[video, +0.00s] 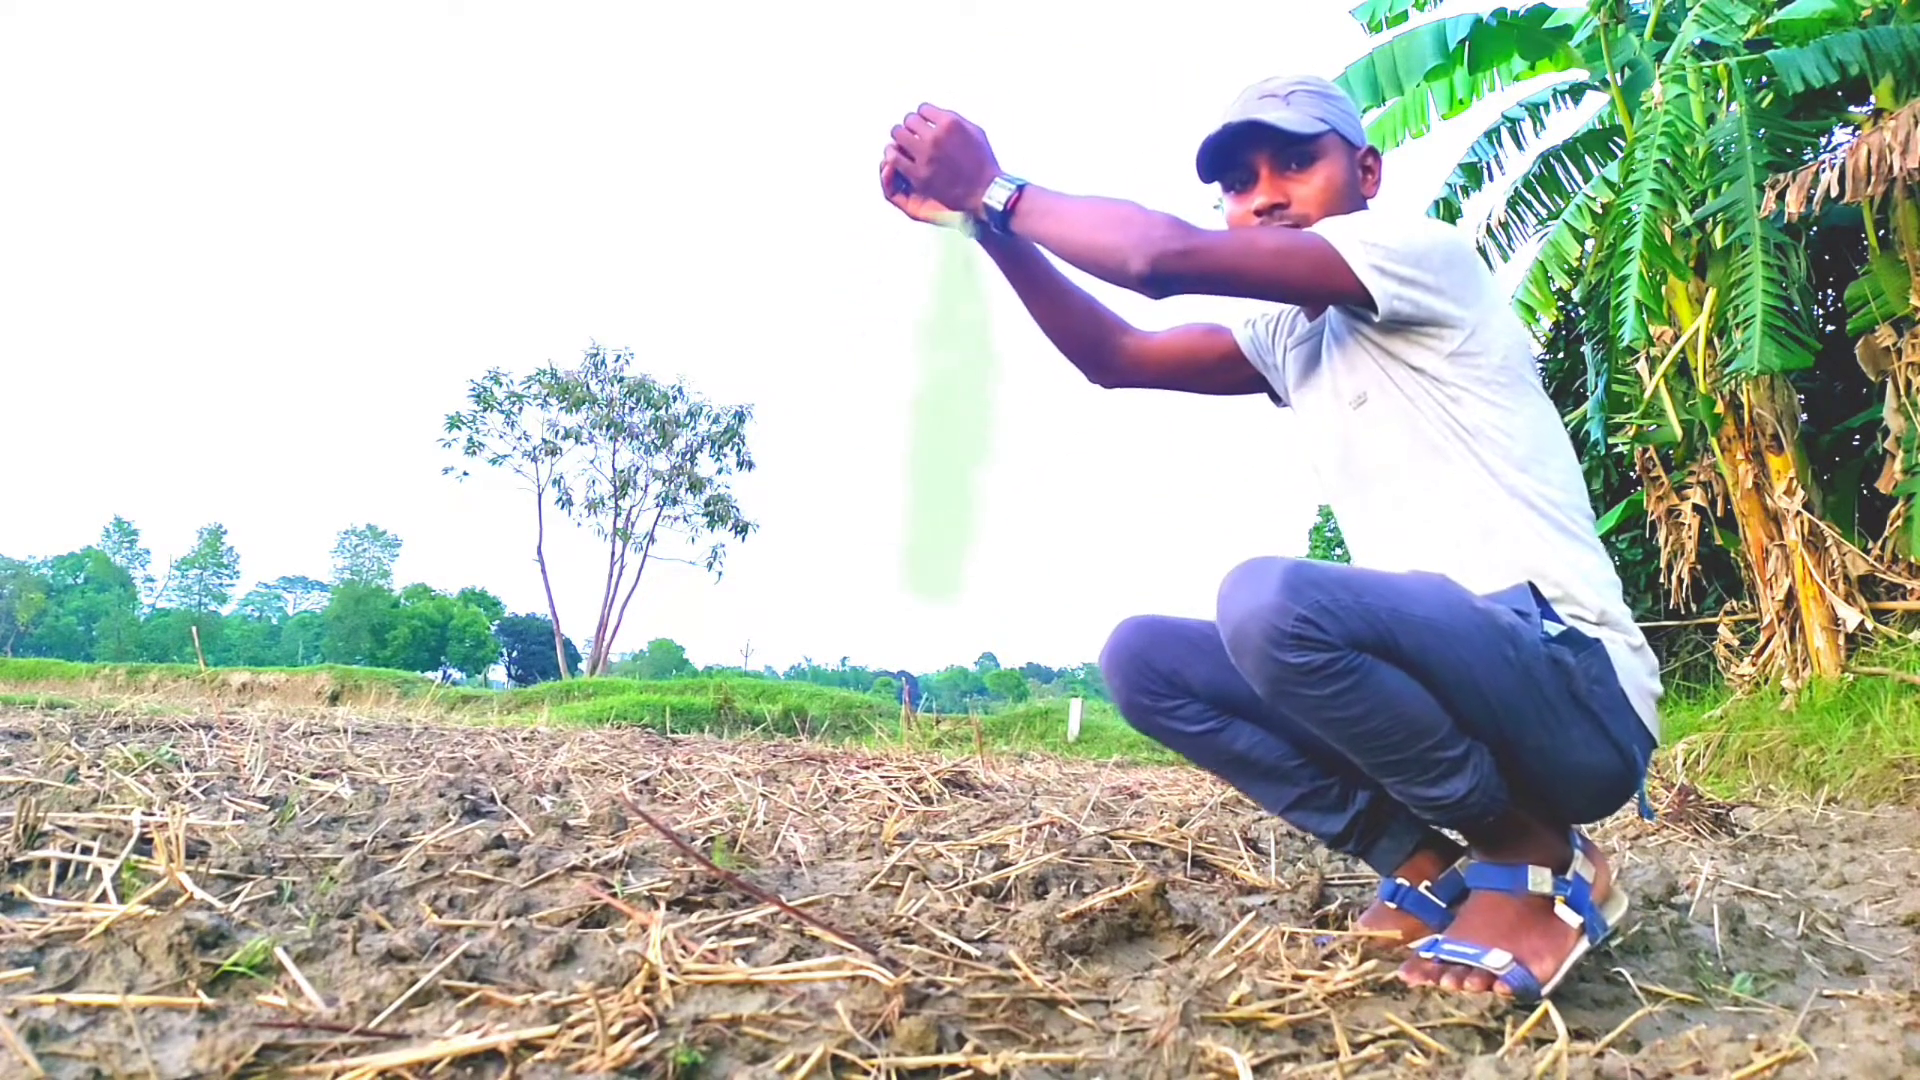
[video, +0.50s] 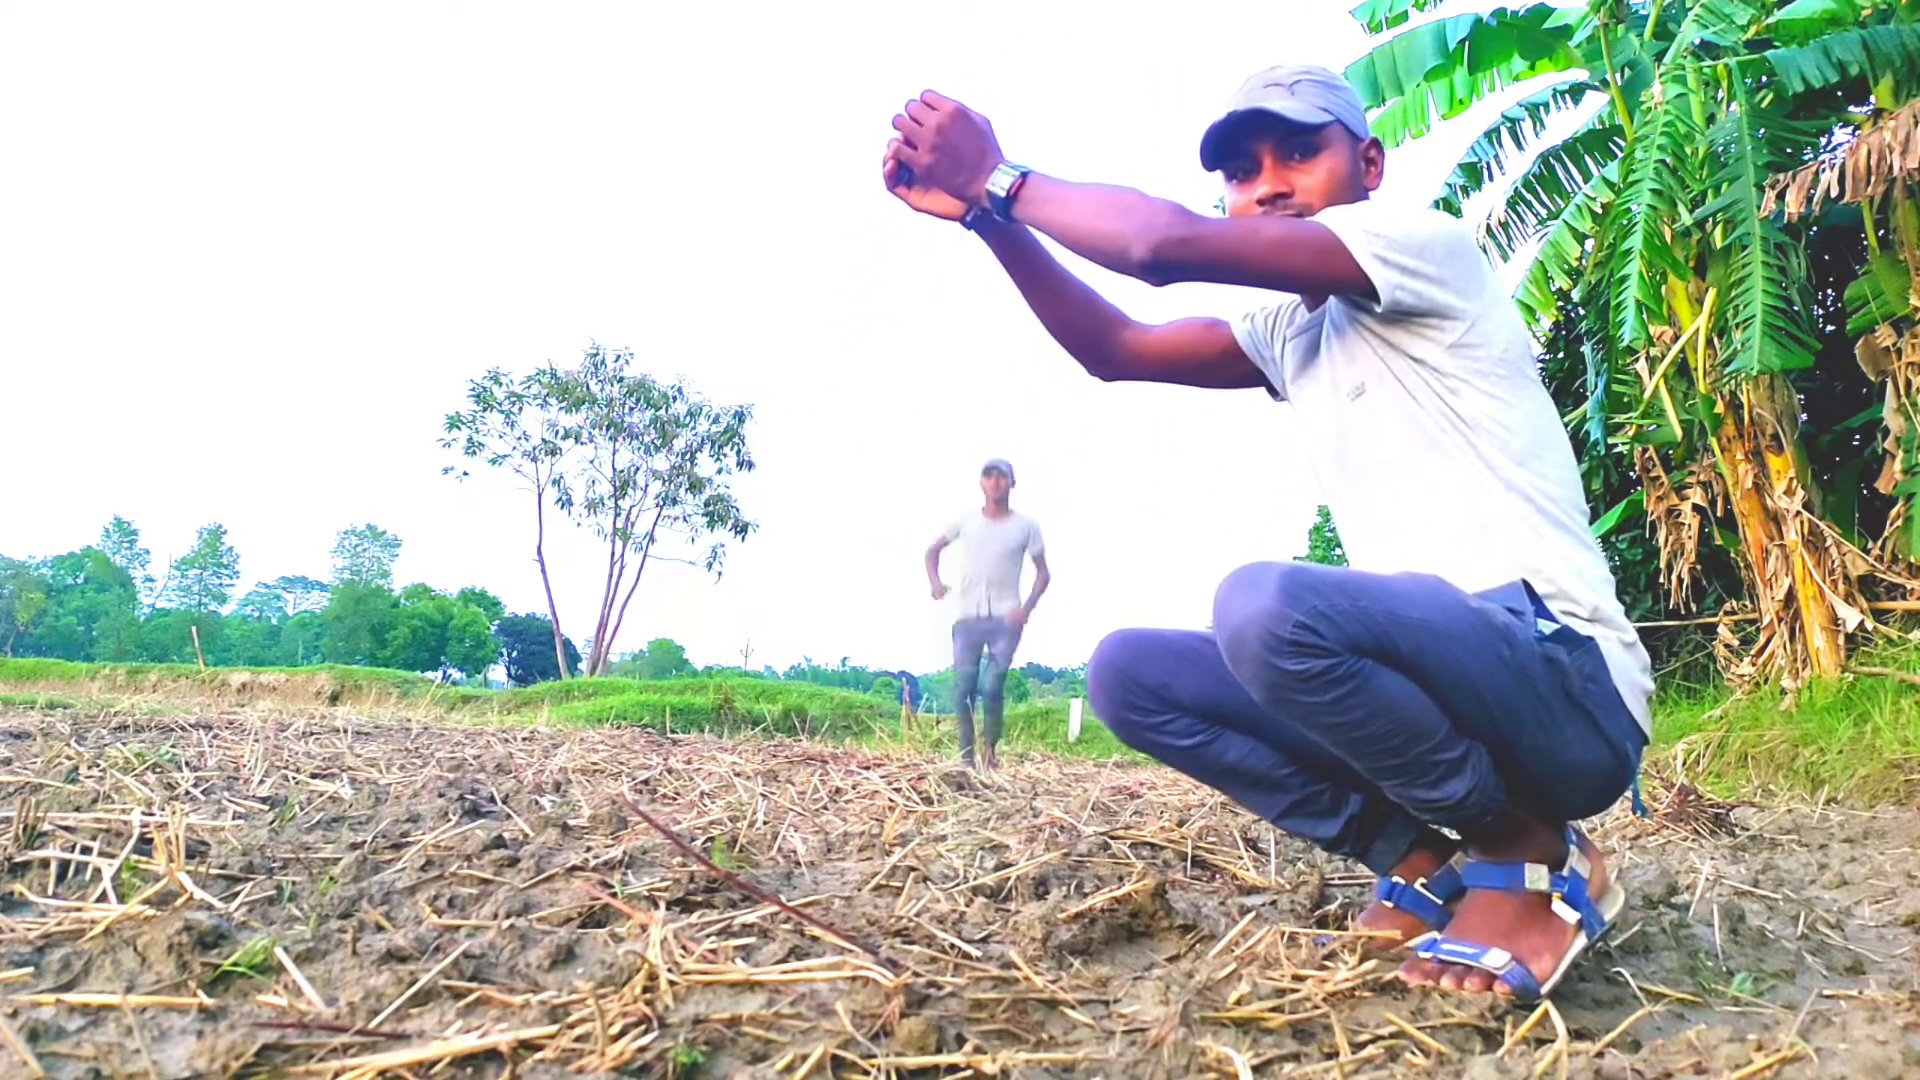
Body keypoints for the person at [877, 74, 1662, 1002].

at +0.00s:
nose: (1265, 196)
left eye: (1296, 160)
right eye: (1238, 183)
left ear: (1368, 172)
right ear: (1225, 205)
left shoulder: (1420, 257)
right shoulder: (1296, 335)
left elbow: (1163, 255)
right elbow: (1116, 357)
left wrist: (990, 192)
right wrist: (987, 219)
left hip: (1574, 682)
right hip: (1452, 695)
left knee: (1269, 604)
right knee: (1143, 659)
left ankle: (1530, 851)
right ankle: (1433, 858)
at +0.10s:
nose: (1264, 195)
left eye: (1295, 159)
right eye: (1237, 180)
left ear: (1367, 171)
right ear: (1224, 204)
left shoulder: (1423, 255)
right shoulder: (1295, 334)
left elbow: (1161, 253)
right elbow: (1115, 355)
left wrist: (991, 191)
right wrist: (989, 220)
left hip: (1571, 680)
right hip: (1447, 694)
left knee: (1267, 606)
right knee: (1139, 664)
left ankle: (1529, 849)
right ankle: (1430, 857)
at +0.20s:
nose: (1263, 193)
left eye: (1294, 157)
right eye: (1237, 178)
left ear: (1366, 169)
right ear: (1224, 202)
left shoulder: (1420, 253)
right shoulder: (1294, 332)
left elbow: (1162, 252)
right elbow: (1115, 354)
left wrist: (991, 192)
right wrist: (987, 221)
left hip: (1569, 679)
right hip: (1447, 694)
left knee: (1266, 606)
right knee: (1138, 667)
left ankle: (1528, 849)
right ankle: (1429, 859)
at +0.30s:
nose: (1264, 190)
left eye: (1296, 155)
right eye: (1237, 175)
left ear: (1368, 167)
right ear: (1225, 200)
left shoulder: (1422, 251)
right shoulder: (1294, 331)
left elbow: (1161, 250)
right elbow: (1114, 353)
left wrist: (993, 190)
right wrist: (989, 223)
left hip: (1568, 677)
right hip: (1443, 693)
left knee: (1265, 608)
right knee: (1134, 671)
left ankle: (1530, 852)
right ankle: (1426, 862)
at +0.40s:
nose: (1267, 188)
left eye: (1299, 152)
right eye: (1239, 171)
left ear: (1370, 166)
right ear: (1227, 195)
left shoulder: (1423, 248)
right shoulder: (1296, 331)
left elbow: (1160, 246)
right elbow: (1115, 351)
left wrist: (993, 187)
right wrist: (990, 222)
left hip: (1566, 677)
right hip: (1441, 691)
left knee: (1265, 609)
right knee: (1132, 674)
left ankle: (1529, 852)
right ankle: (1426, 860)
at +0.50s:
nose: (1268, 183)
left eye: (1300, 149)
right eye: (1241, 168)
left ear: (1371, 164)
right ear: (1228, 193)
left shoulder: (1425, 246)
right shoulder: (1297, 330)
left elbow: (1158, 243)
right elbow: (1114, 348)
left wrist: (995, 179)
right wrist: (992, 219)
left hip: (1565, 674)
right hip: (1441, 689)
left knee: (1266, 610)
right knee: (1129, 674)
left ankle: (1529, 851)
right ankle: (1424, 857)